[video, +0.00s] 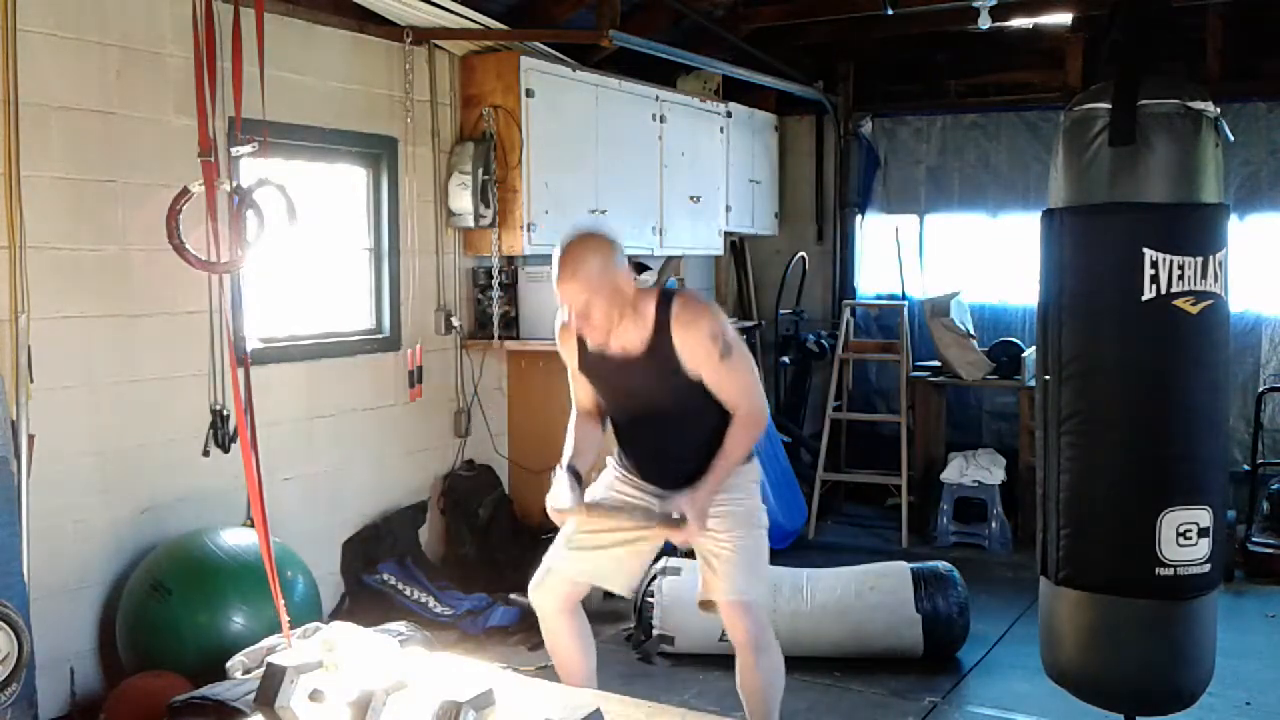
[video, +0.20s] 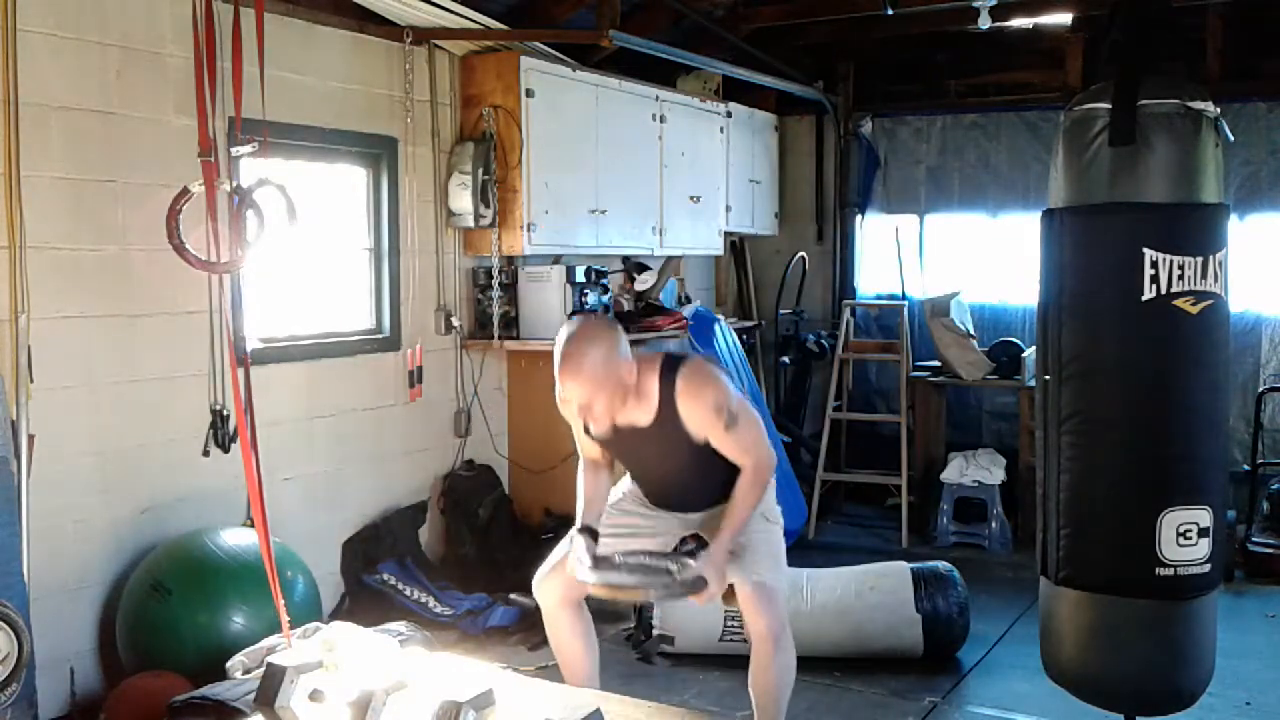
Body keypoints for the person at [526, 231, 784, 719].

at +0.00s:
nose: (575, 324)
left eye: (582, 309)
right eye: (569, 311)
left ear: (618, 285)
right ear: (566, 296)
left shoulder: (692, 320)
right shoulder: (573, 335)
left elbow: (753, 413)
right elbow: (588, 412)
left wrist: (701, 493)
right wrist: (572, 475)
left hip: (722, 476)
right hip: (635, 476)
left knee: (743, 617)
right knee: (551, 593)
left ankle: (762, 717)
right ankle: (586, 713)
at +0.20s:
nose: (578, 413)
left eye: (585, 400)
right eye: (570, 400)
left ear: (626, 373)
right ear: (564, 383)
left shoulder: (697, 389)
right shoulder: (575, 397)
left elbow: (760, 463)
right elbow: (594, 460)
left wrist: (720, 549)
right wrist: (586, 529)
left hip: (733, 502)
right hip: (648, 499)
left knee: (766, 618)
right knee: (554, 586)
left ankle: (767, 716)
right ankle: (586, 711)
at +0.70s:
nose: (557, 330)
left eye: (564, 318)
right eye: (554, 318)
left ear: (604, 306)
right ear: (556, 308)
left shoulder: (678, 339)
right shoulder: (561, 350)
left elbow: (749, 412)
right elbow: (580, 422)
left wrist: (698, 495)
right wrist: (570, 478)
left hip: (714, 482)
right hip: (629, 481)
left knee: (729, 630)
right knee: (554, 604)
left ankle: (755, 717)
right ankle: (586, 714)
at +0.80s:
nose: (552, 241)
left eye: (558, 224)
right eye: (545, 227)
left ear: (595, 209)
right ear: (547, 221)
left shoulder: (665, 248)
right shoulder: (553, 268)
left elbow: (743, 323)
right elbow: (564, 343)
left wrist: (687, 404)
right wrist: (560, 405)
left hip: (692, 434)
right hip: (608, 435)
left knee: (726, 587)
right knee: (570, 569)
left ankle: (764, 714)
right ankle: (575, 709)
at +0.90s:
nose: (538, 186)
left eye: (544, 172)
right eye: (531, 175)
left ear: (585, 145)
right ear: (530, 166)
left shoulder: (658, 174)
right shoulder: (543, 205)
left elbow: (732, 271)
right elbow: (551, 294)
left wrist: (675, 350)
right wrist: (539, 358)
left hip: (688, 363)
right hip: (604, 368)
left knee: (716, 519)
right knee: (515, 480)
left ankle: (758, 660)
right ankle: (562, 620)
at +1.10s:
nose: (506, 214)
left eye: (508, 197)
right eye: (497, 201)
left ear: (551, 162)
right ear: (494, 180)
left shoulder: (633, 190)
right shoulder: (516, 224)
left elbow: (701, 300)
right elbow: (529, 317)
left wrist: (640, 376)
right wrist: (494, 384)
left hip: (681, 342)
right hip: (595, 349)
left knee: (675, 446)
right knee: (478, 443)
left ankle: (672, 649)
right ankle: (465, 621)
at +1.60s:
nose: (512, 148)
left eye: (516, 129)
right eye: (503, 134)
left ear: (555, 110)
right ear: (510, 125)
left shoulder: (639, 155)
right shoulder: (526, 180)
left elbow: (706, 258)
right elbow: (544, 271)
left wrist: (646, 349)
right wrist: (517, 339)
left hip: (678, 330)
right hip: (593, 334)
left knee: (670, 463)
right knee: (496, 447)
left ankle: (665, 650)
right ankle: (482, 614)